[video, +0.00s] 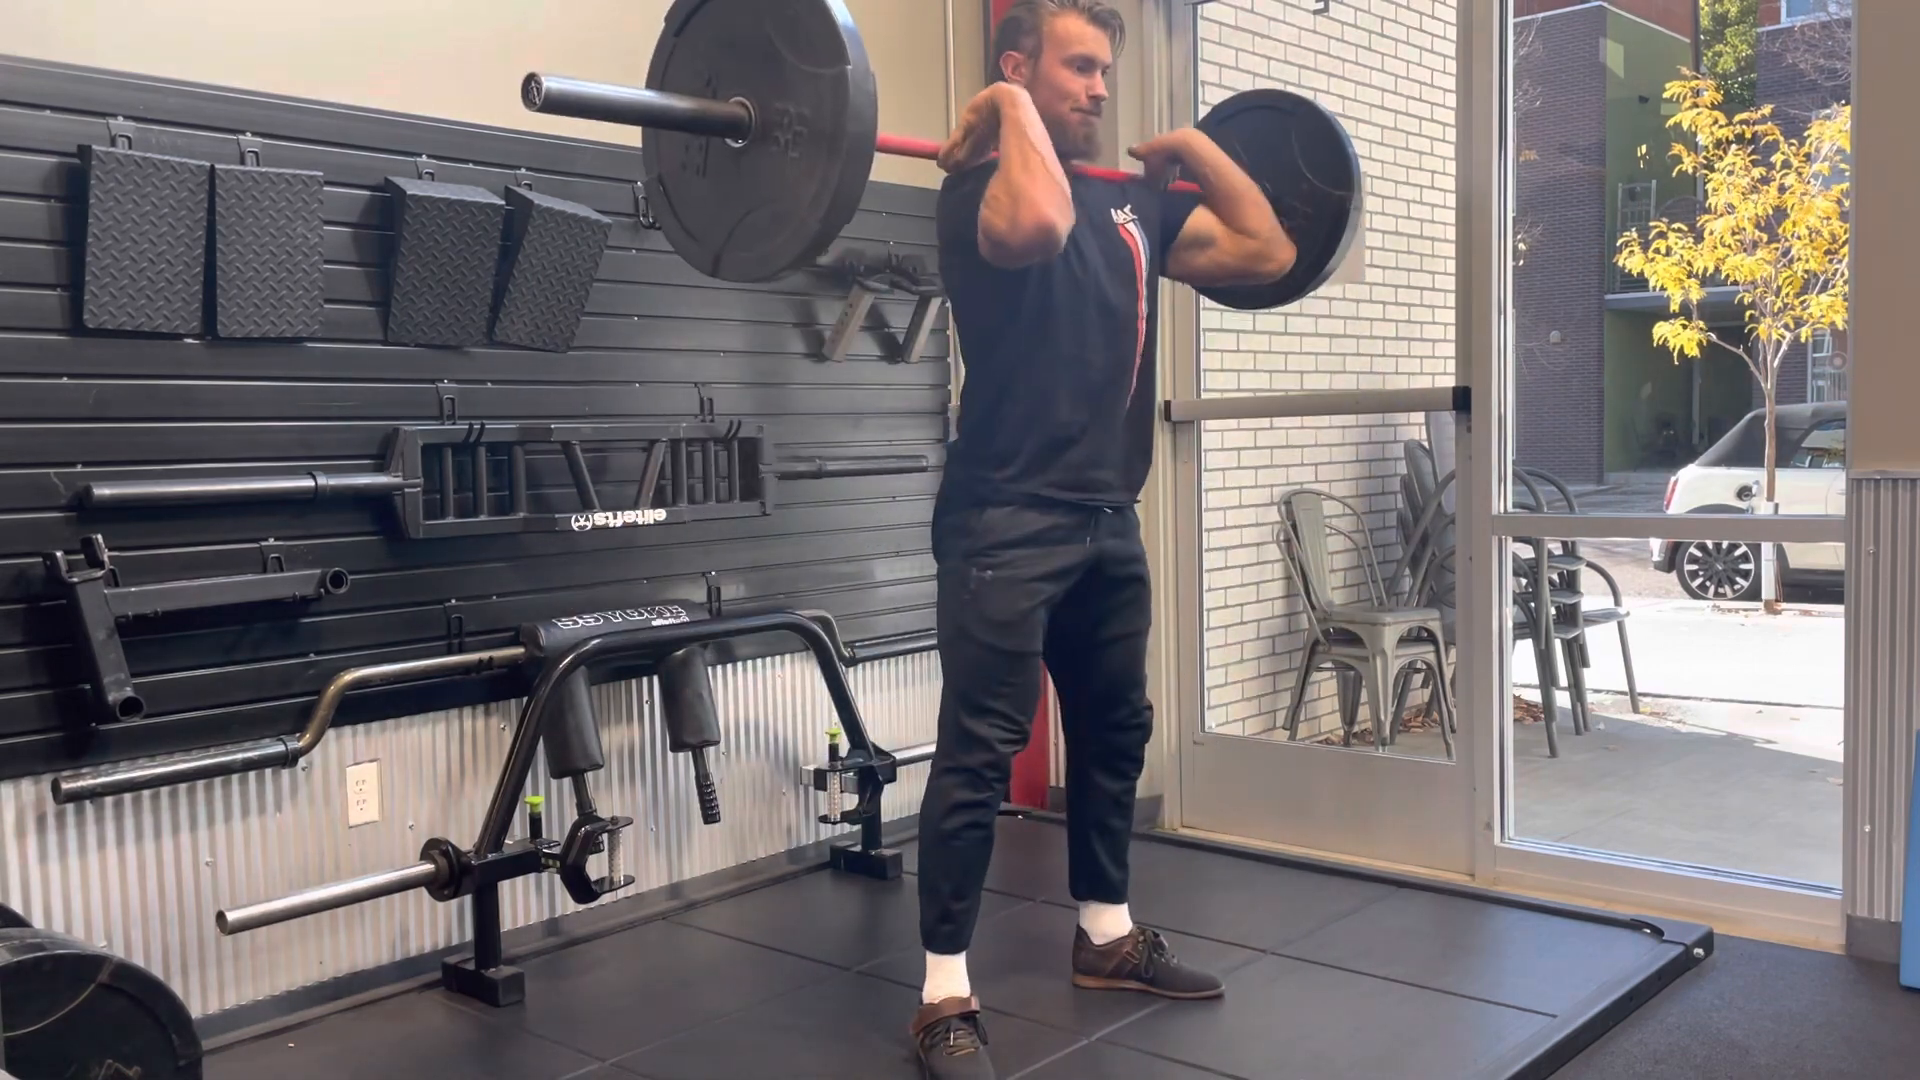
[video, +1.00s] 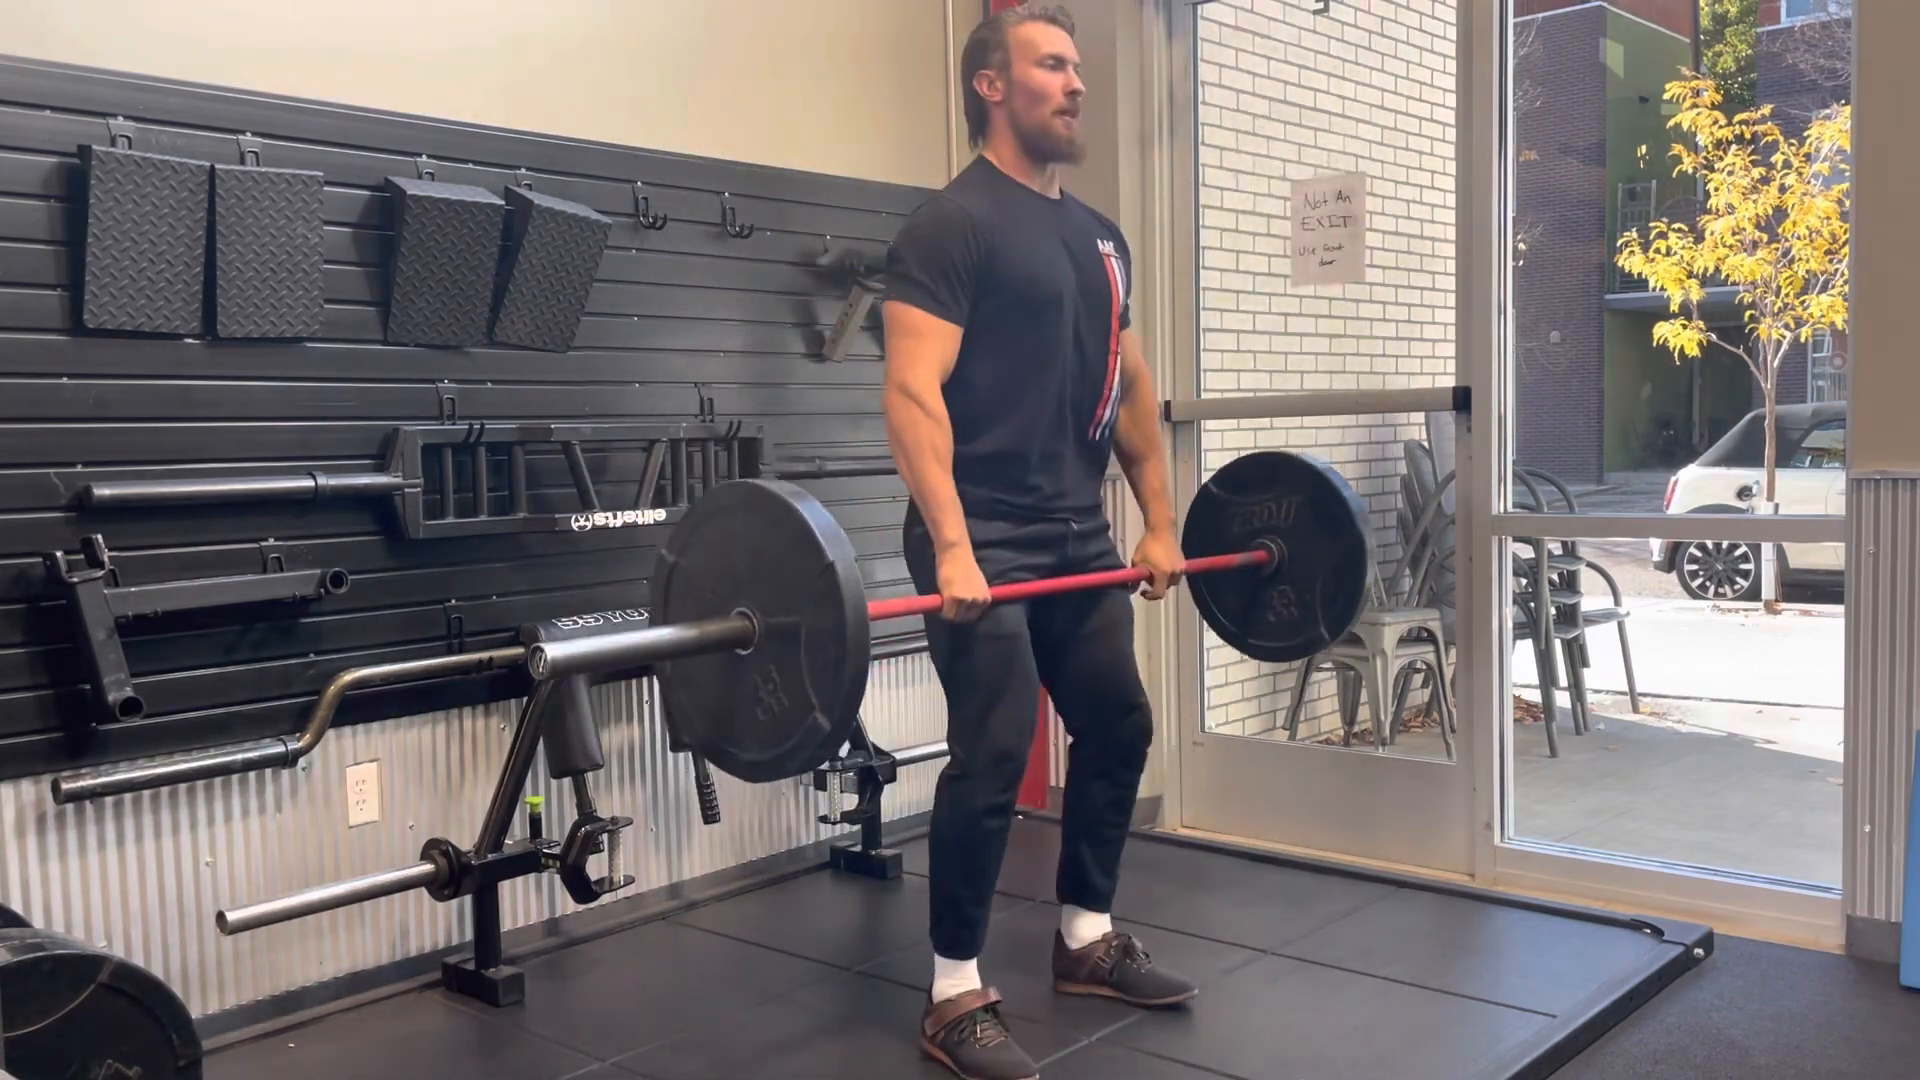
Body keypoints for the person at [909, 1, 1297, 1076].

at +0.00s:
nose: (1100, 88)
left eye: (1106, 72)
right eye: (1082, 65)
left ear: (1102, 90)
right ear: (1020, 73)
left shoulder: (1128, 201)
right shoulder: (972, 186)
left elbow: (1264, 247)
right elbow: (1040, 226)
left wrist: (1191, 145)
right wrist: (1009, 101)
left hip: (1106, 518)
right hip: (1004, 518)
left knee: (1115, 732)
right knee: (980, 745)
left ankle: (1105, 939)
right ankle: (946, 993)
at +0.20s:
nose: (1119, 81)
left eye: (1122, 64)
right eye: (1098, 59)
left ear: (1108, 87)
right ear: (1030, 76)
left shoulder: (1104, 212)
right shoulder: (962, 199)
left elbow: (1101, 347)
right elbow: (881, 355)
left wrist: (1165, 277)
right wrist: (970, 257)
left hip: (1112, 519)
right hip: (1008, 520)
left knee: (1136, 728)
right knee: (1000, 746)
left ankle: (1108, 937)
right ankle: (947, 992)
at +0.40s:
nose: (1116, 96)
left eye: (1120, 79)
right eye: (1094, 76)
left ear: (1113, 99)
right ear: (1026, 90)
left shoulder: (1120, 215)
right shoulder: (965, 205)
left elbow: (1151, 311)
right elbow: (859, 303)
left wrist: (1179, 397)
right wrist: (972, 404)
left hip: (1067, 518)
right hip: (964, 522)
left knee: (1104, 724)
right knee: (994, 736)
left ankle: (1085, 943)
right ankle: (953, 988)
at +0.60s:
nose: (1181, 205)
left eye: (1181, 190)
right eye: (1156, 189)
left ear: (1176, 215)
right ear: (1092, 216)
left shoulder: (1161, 348)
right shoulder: (1025, 338)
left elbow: (1141, 453)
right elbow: (892, 455)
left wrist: (1153, 563)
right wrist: (950, 597)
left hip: (1049, 585)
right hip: (945, 591)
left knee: (1159, 745)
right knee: (1015, 770)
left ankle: (1090, 944)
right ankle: (956, 998)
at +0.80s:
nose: (1125, 150)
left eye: (1125, 133)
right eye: (1099, 131)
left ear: (1117, 160)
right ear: (1034, 156)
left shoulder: (1125, 300)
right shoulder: (978, 292)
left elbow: (1132, 431)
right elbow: (890, 437)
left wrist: (1161, 550)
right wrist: (953, 582)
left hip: (1065, 569)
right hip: (960, 575)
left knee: (1156, 743)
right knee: (1024, 765)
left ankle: (1091, 945)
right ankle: (959, 1000)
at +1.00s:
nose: (1076, 82)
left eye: (1077, 67)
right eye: (1053, 64)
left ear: (1069, 91)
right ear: (989, 86)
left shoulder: (1097, 237)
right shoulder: (947, 224)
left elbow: (1129, 388)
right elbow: (909, 397)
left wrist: (1159, 521)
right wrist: (950, 543)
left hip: (1074, 529)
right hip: (974, 533)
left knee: (1117, 725)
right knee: (994, 744)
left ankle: (1086, 939)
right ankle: (956, 993)